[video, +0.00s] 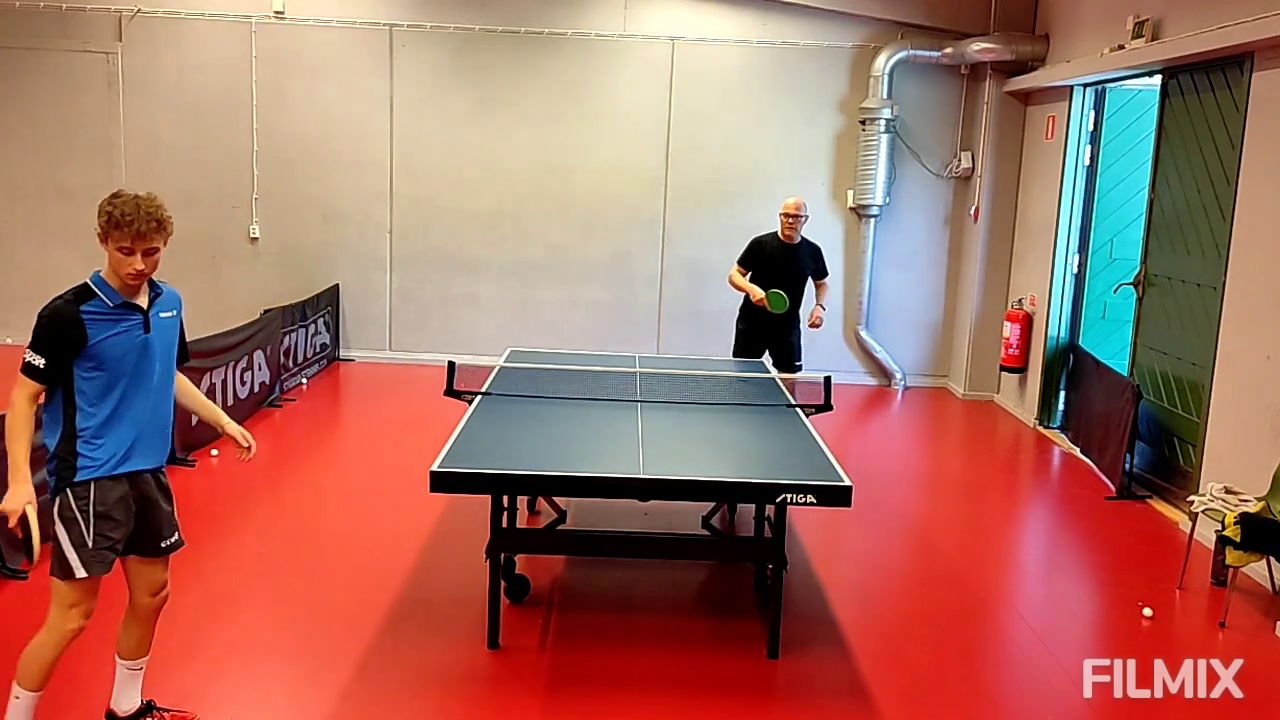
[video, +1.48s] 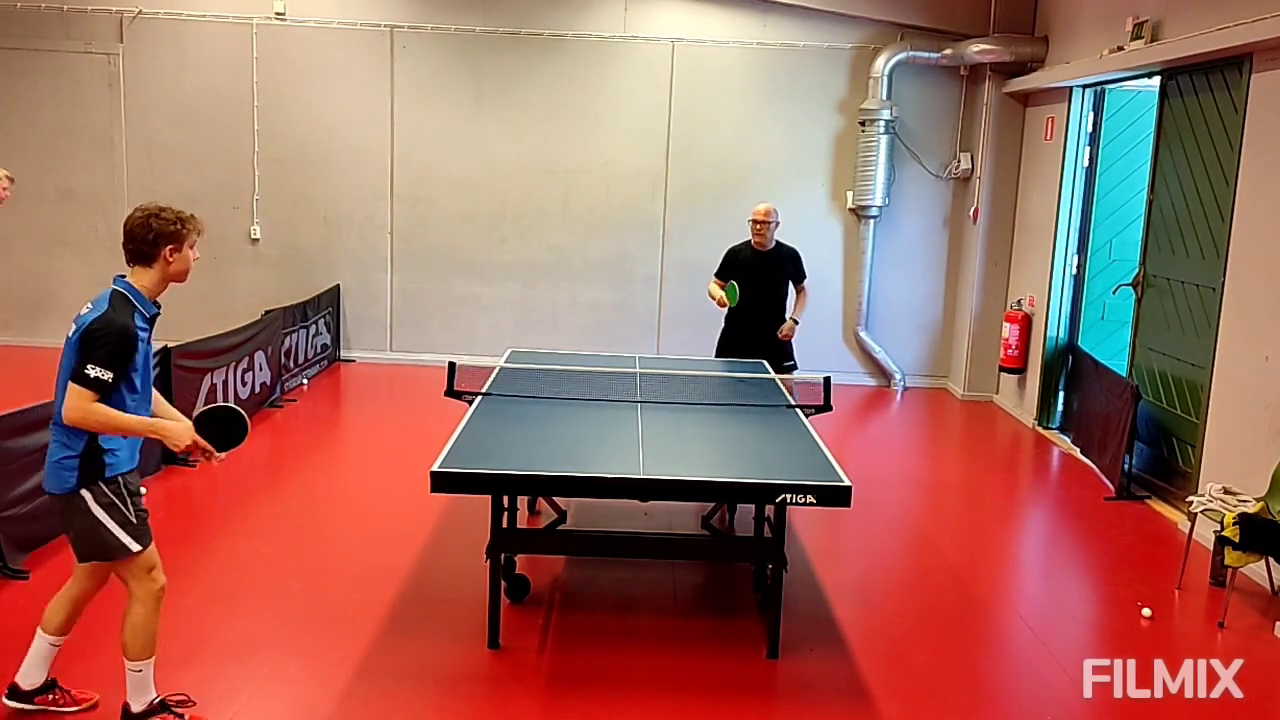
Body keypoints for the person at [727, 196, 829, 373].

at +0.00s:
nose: (790, 221)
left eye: (796, 217)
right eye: (786, 216)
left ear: (805, 220)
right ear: (780, 216)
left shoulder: (812, 252)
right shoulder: (760, 244)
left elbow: (821, 284)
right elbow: (734, 276)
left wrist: (819, 307)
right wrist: (752, 289)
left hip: (786, 326)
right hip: (752, 323)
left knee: (789, 381)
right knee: (741, 375)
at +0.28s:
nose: (789, 220)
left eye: (795, 216)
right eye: (785, 215)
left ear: (807, 219)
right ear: (780, 216)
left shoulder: (816, 252)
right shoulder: (764, 243)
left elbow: (825, 288)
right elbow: (738, 272)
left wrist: (814, 318)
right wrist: (745, 285)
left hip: (790, 326)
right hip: (758, 323)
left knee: (790, 382)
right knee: (748, 376)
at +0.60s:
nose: (771, 226)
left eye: (776, 221)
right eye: (767, 220)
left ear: (789, 220)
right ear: (762, 220)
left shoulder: (803, 251)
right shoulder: (749, 246)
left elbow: (815, 287)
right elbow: (726, 275)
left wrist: (805, 316)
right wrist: (731, 282)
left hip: (781, 329)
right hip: (746, 327)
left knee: (785, 386)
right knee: (732, 381)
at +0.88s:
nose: (742, 228)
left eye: (748, 223)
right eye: (738, 223)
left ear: (760, 222)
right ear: (733, 222)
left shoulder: (774, 251)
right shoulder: (721, 249)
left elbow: (785, 286)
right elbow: (697, 282)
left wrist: (780, 318)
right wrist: (707, 286)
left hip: (757, 335)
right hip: (722, 333)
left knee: (770, 388)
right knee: (710, 387)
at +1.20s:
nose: (734, 224)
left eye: (739, 220)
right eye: (730, 220)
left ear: (751, 221)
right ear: (724, 221)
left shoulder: (766, 250)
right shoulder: (712, 251)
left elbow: (777, 283)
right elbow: (691, 285)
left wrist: (778, 313)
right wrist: (701, 290)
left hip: (754, 334)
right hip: (718, 334)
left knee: (763, 390)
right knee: (710, 387)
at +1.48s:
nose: (758, 227)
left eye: (764, 223)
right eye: (754, 222)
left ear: (776, 226)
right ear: (749, 224)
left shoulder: (789, 256)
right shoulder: (735, 254)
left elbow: (801, 291)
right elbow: (715, 284)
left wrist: (793, 321)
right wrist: (719, 295)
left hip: (772, 337)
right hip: (737, 336)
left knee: (786, 389)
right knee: (726, 391)